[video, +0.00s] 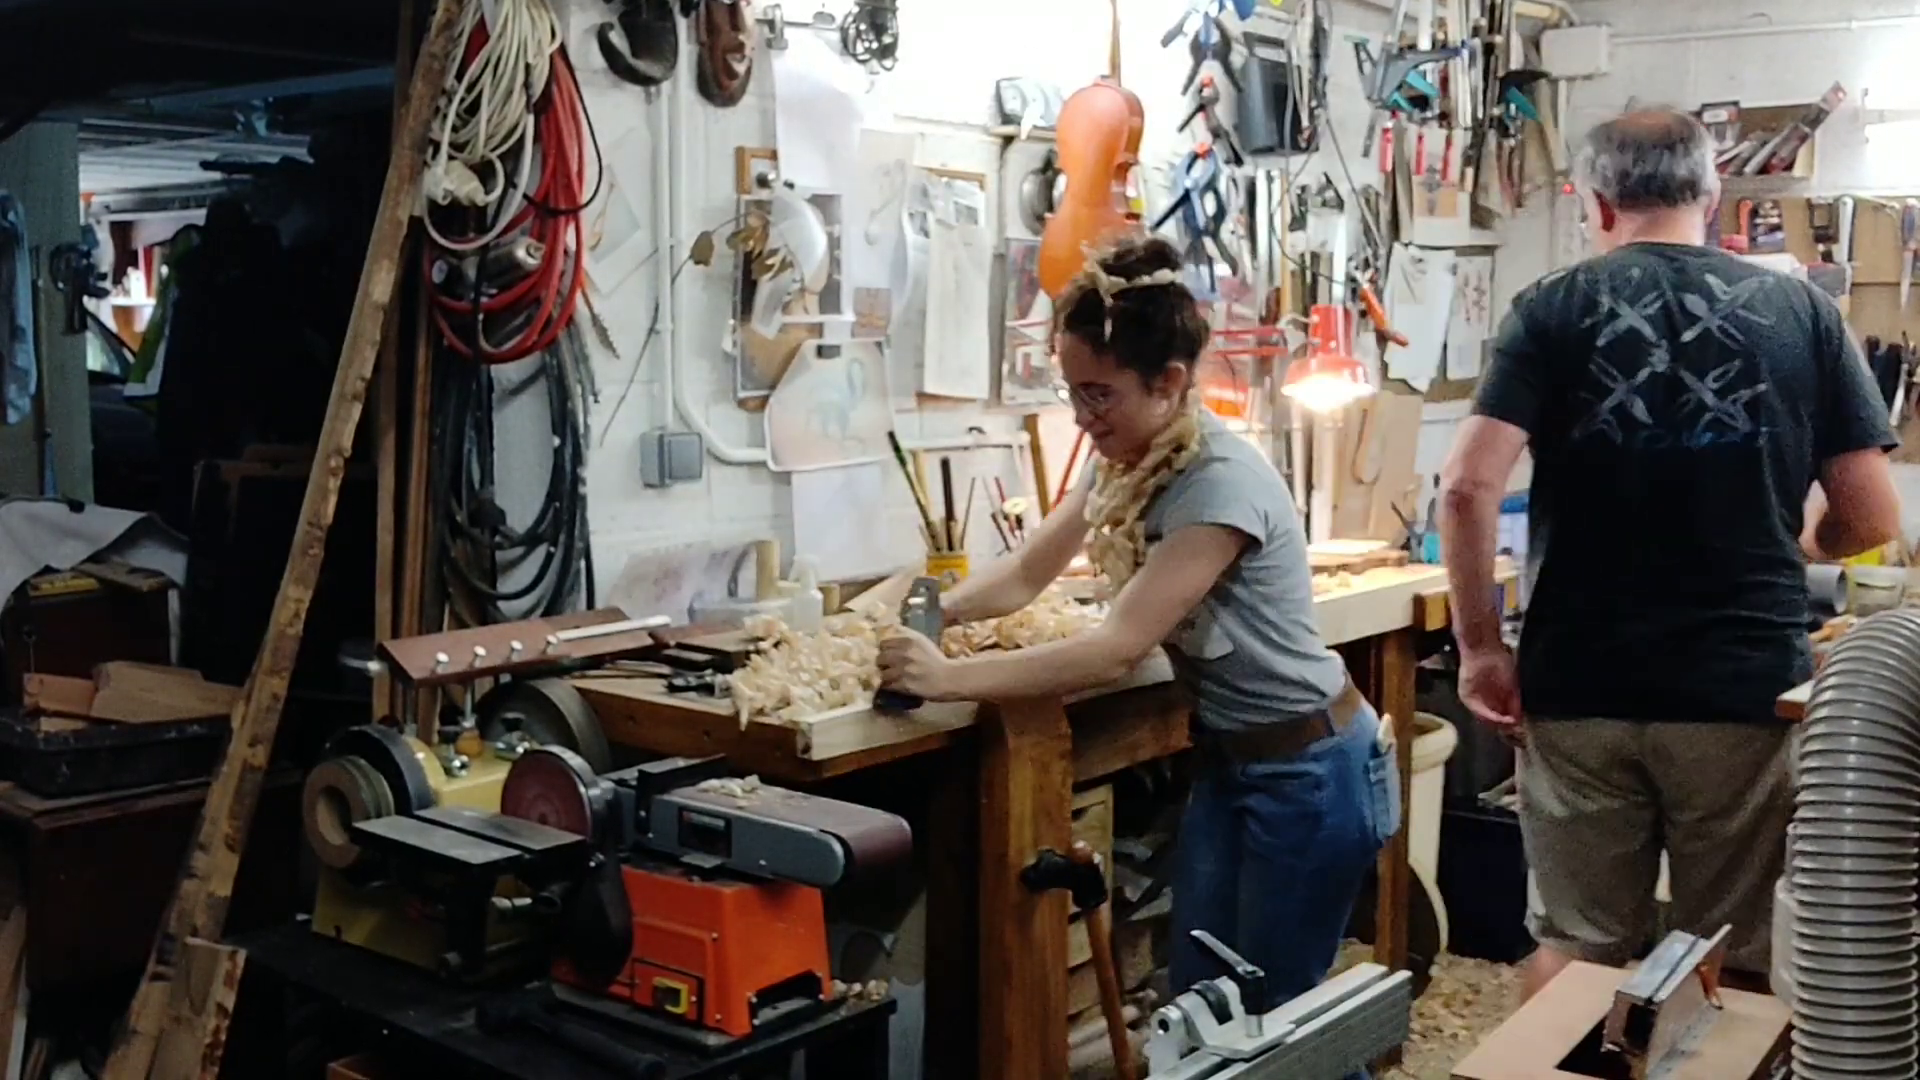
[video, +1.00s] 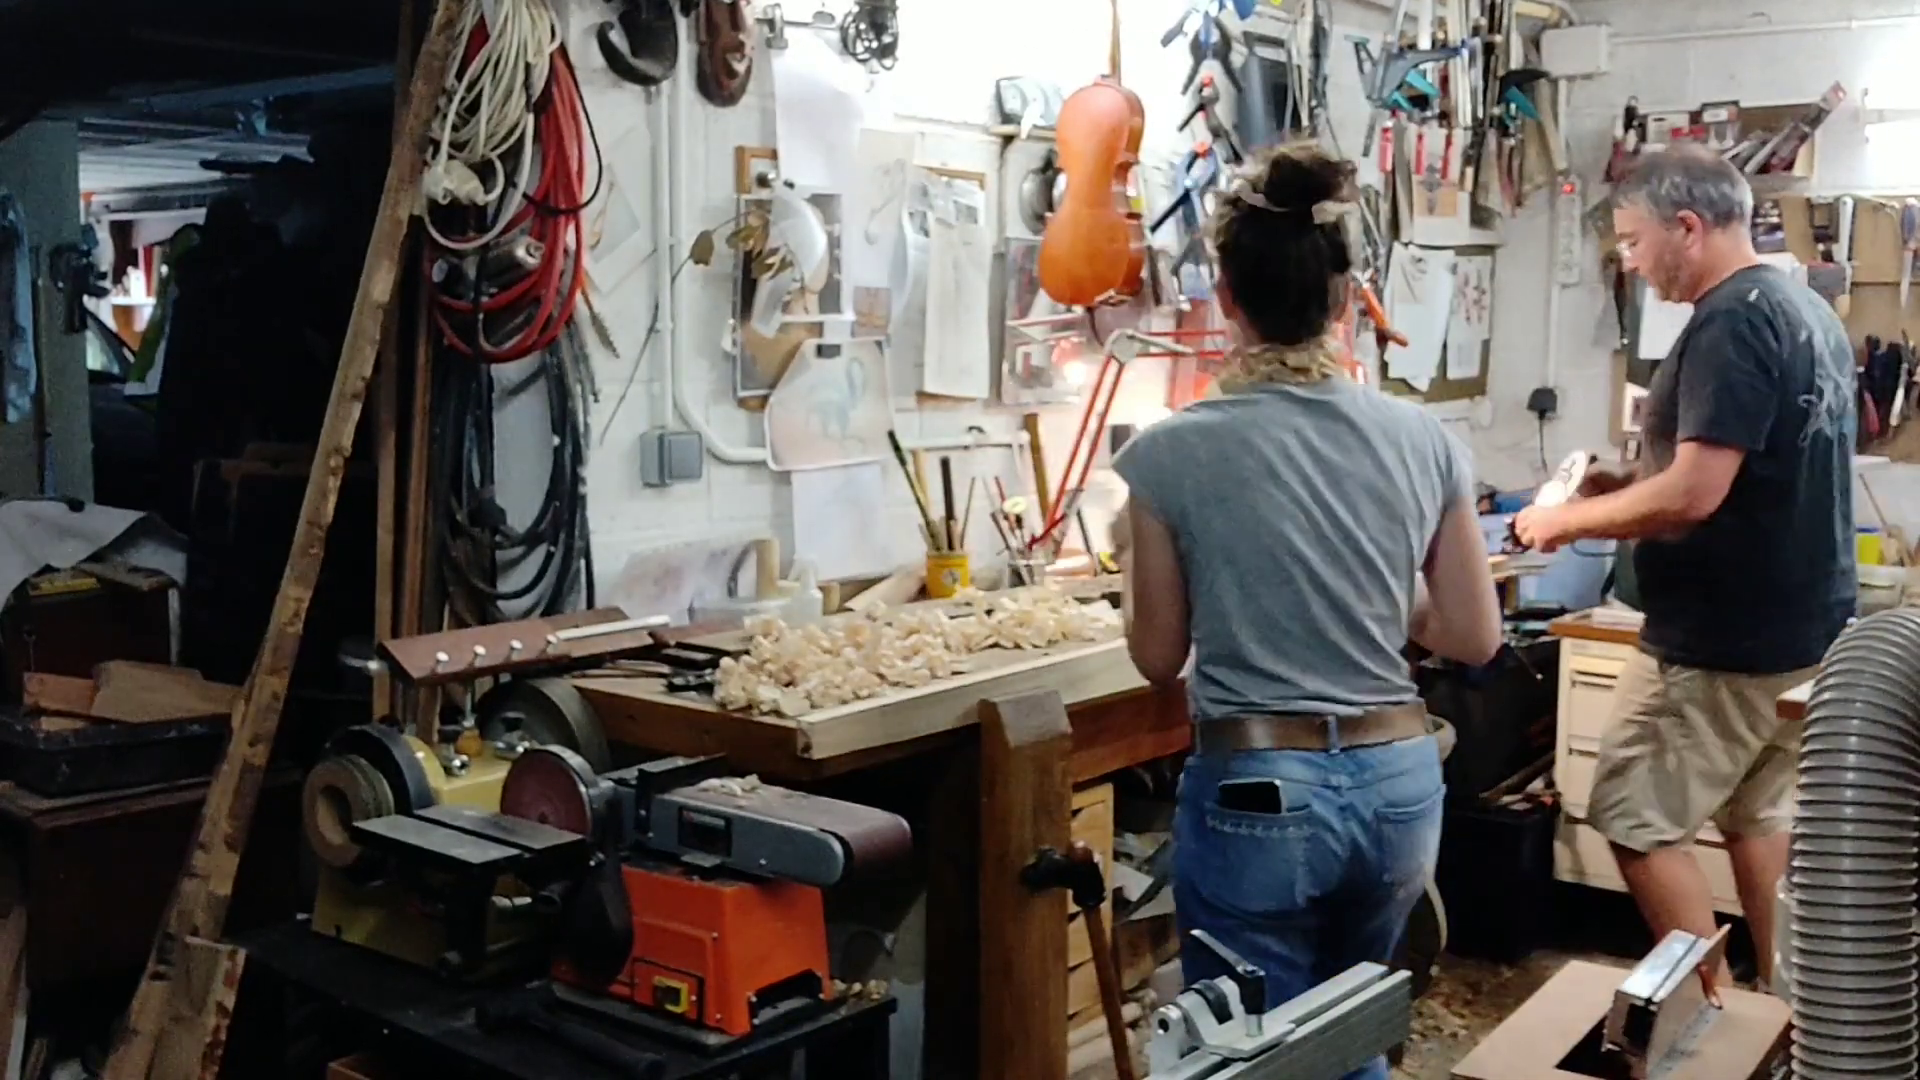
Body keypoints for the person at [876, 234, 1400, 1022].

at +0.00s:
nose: (1079, 415)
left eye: (1097, 394)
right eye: (1071, 392)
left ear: (1172, 383)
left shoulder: (1222, 485)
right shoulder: (1127, 461)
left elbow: (1116, 649)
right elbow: (1025, 571)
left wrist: (950, 676)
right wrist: (925, 612)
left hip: (1312, 769)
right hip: (1229, 762)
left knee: (1269, 1020)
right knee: (1197, 1009)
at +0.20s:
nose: (1024, 405)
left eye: (1042, 382)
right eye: (1015, 382)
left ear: (1115, 371)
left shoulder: (1167, 477)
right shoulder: (1083, 470)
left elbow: (1050, 641)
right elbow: (980, 585)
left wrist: (876, 691)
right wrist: (877, 626)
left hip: (1300, 763)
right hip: (1203, 762)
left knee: (1296, 1016)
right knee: (1155, 998)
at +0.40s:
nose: (1024, 379)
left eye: (1041, 358)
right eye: (1018, 357)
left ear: (1116, 353)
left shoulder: (1162, 468)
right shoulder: (1083, 465)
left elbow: (1042, 630)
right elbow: (974, 590)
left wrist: (864, 659)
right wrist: (859, 617)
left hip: (1285, 769)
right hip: (1191, 764)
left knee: (1209, 1023)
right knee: (1141, 1006)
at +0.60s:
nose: (1058, 329)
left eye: (1070, 309)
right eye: (1058, 307)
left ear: (1138, 311)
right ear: (1139, 313)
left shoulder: (1201, 441)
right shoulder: (1162, 426)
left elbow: (1143, 659)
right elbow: (1127, 584)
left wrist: (978, 591)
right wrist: (1008, 563)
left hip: (1263, 766)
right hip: (1214, 758)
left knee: (1223, 1030)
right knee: (1144, 997)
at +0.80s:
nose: (1137, 322)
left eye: (1138, 302)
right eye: (1135, 301)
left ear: (1162, 309)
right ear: (1259, 307)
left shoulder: (1185, 460)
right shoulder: (1324, 434)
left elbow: (1167, 680)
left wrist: (1042, 589)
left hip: (1266, 797)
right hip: (1369, 771)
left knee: (1213, 1044)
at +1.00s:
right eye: (1351, 284)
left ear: (1228, 299)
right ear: (1349, 299)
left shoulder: (1172, 451)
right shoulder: (1422, 437)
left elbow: (1156, 653)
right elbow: (1473, 638)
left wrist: (1224, 574)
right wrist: (1391, 605)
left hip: (1255, 795)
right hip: (1402, 782)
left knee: (1245, 1051)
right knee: (1364, 1037)